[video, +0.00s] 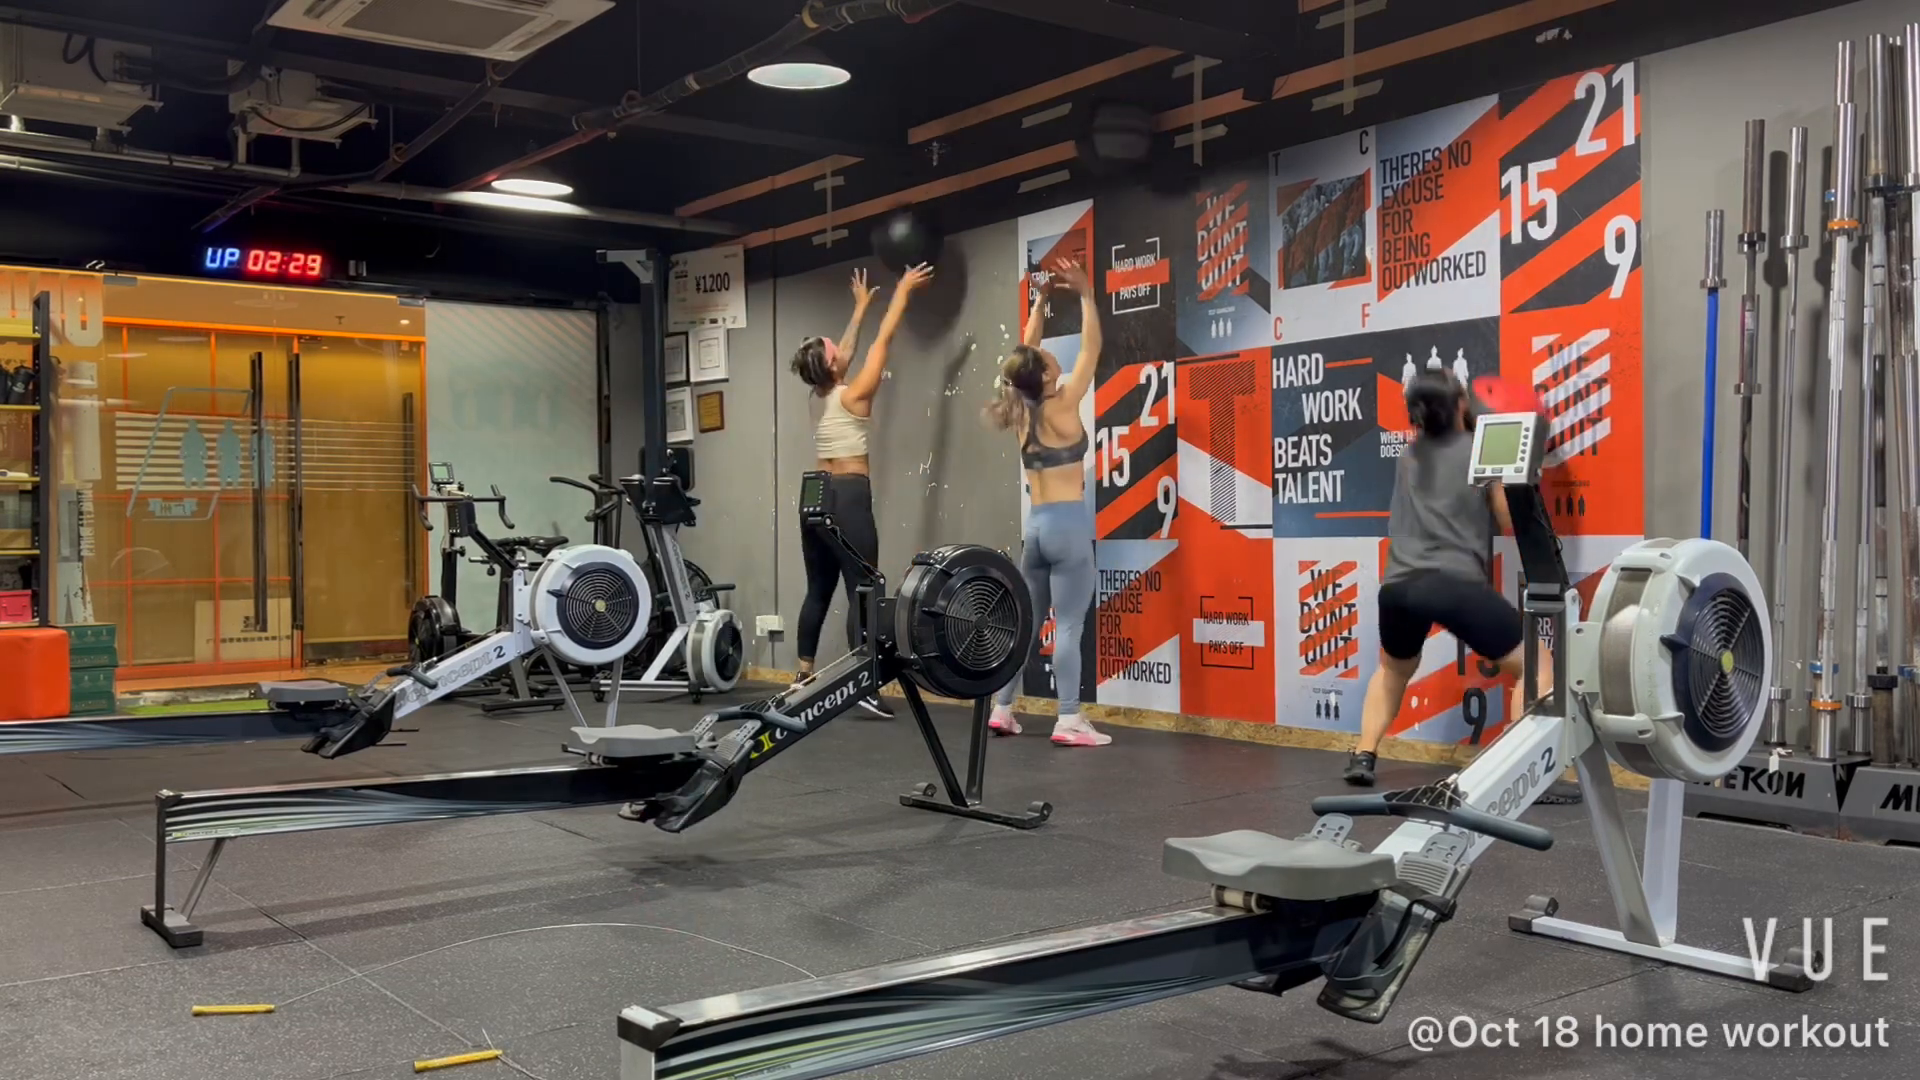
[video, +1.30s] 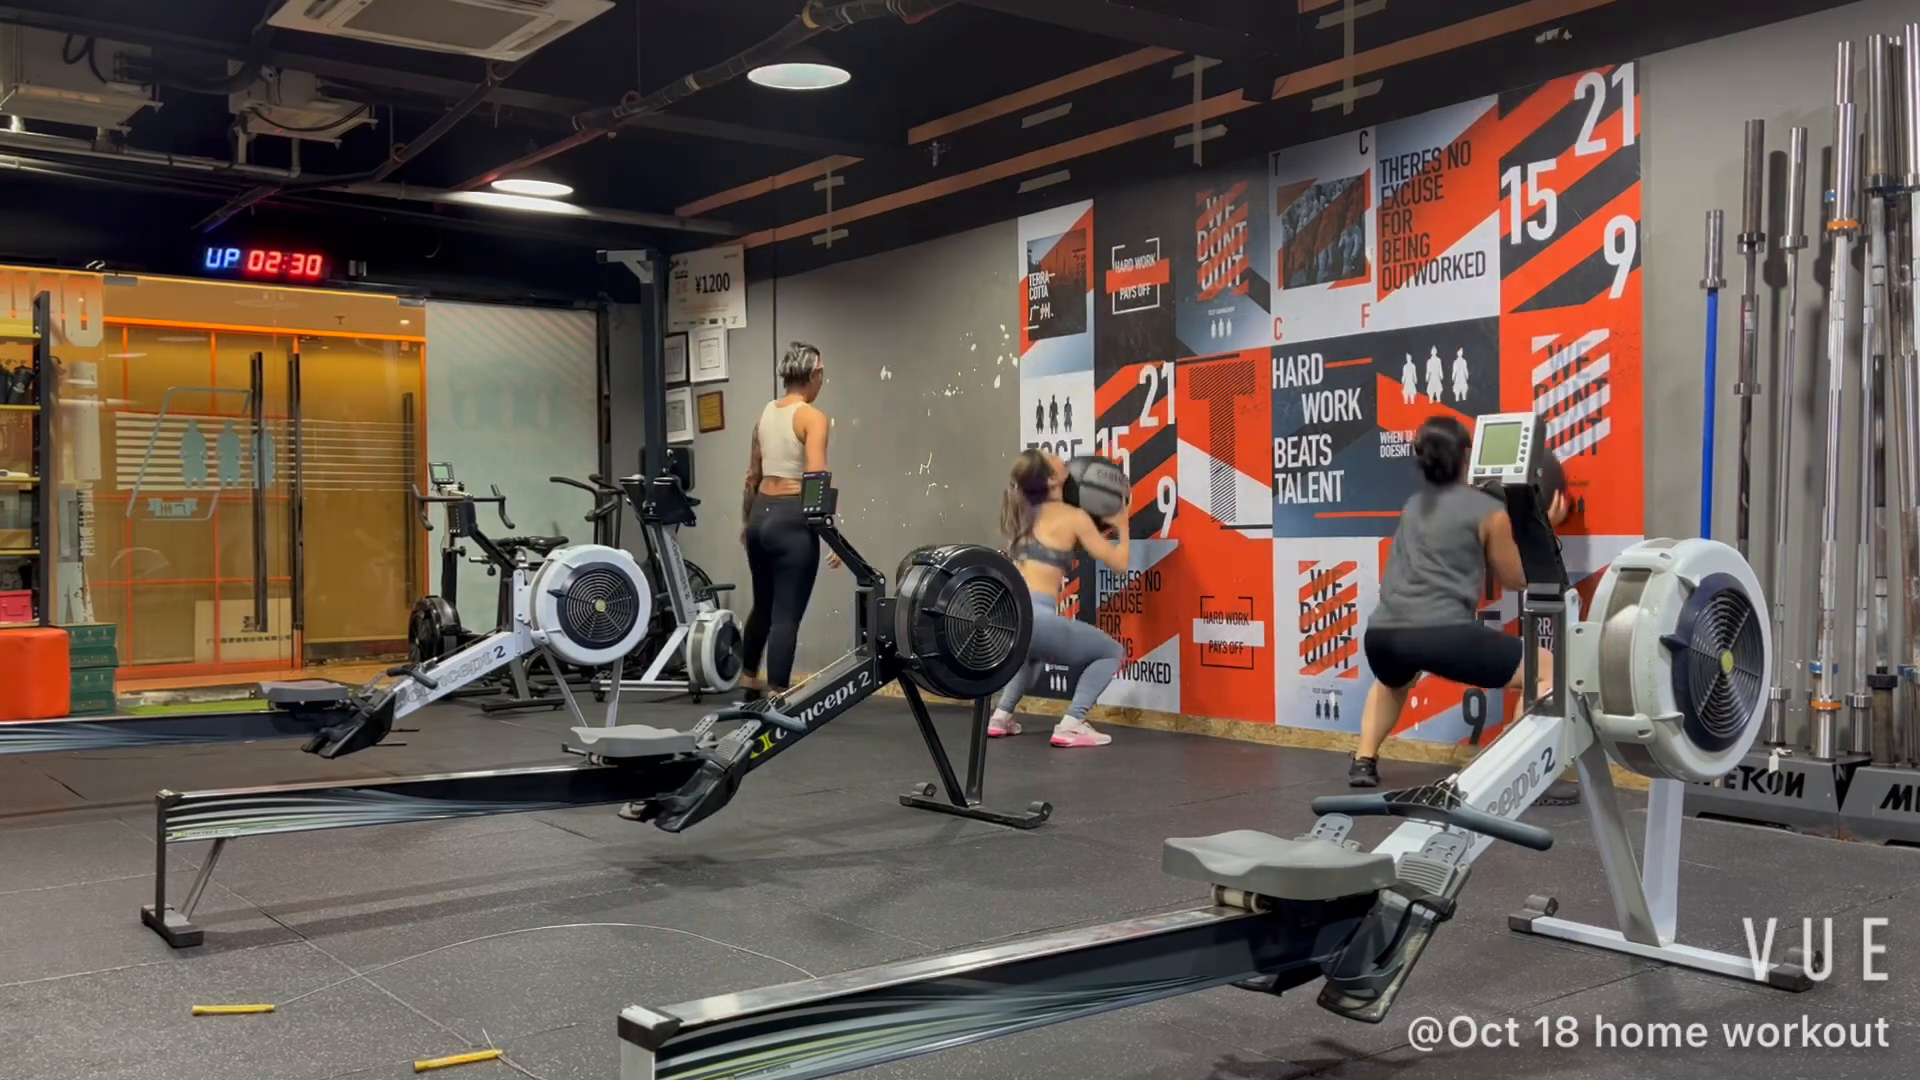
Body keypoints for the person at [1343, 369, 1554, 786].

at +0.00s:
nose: (1469, 402)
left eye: (1464, 395)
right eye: (1465, 397)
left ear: (1419, 412)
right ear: (1461, 406)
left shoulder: (1408, 455)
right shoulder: (1481, 451)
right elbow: (1506, 522)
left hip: (1399, 587)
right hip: (1458, 585)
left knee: (1391, 671)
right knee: (1533, 667)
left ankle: (1363, 755)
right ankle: (1525, 767)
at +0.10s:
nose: (1450, 352)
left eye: (1442, 346)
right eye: (1446, 348)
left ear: (1406, 363)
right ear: (1445, 358)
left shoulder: (1401, 407)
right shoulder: (1477, 402)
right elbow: (1523, 454)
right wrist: (1519, 391)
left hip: (1409, 547)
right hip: (1467, 544)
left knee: (1397, 647)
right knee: (1513, 646)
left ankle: (1364, 747)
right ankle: (1533, 763)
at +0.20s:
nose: (1443, 322)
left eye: (1438, 316)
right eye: (1438, 318)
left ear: (1399, 337)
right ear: (1434, 331)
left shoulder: (1391, 374)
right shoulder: (1465, 364)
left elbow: (1416, 344)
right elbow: (1521, 345)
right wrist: (1520, 282)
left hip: (1417, 514)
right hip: (1471, 512)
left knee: (1395, 628)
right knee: (1503, 620)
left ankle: (1362, 722)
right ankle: (1533, 722)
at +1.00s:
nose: (1460, 336)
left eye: (1453, 334)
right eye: (1454, 338)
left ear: (1414, 371)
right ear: (1451, 364)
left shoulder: (1402, 414)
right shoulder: (1476, 407)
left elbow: (1437, 395)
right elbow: (1526, 414)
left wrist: (1451, 351)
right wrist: (1528, 354)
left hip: (1407, 561)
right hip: (1464, 562)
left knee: (1398, 665)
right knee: (1512, 662)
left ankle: (1363, 760)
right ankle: (1516, 772)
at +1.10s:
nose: (1454, 375)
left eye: (1450, 368)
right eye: (1449, 371)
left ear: (1407, 390)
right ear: (1444, 384)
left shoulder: (1400, 438)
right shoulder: (1468, 432)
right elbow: (1519, 457)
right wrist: (1536, 410)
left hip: (1403, 580)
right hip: (1461, 580)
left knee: (1398, 668)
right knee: (1525, 668)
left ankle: (1363, 763)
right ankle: (1520, 771)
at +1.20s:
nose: (1467, 415)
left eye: (1462, 408)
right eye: (1461, 410)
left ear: (1415, 426)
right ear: (1454, 419)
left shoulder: (1404, 471)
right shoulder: (1478, 469)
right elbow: (1506, 534)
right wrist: (1544, 489)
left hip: (1391, 607)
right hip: (1451, 608)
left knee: (1398, 674)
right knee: (1539, 669)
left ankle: (1363, 762)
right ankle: (1522, 773)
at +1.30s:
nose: (1473, 453)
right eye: (1471, 447)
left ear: (1421, 458)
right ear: (1465, 455)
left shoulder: (1413, 505)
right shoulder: (1488, 510)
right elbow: (1515, 579)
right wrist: (1547, 525)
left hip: (1385, 639)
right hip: (1448, 639)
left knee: (1392, 680)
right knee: (1545, 669)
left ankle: (1363, 762)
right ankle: (1534, 776)